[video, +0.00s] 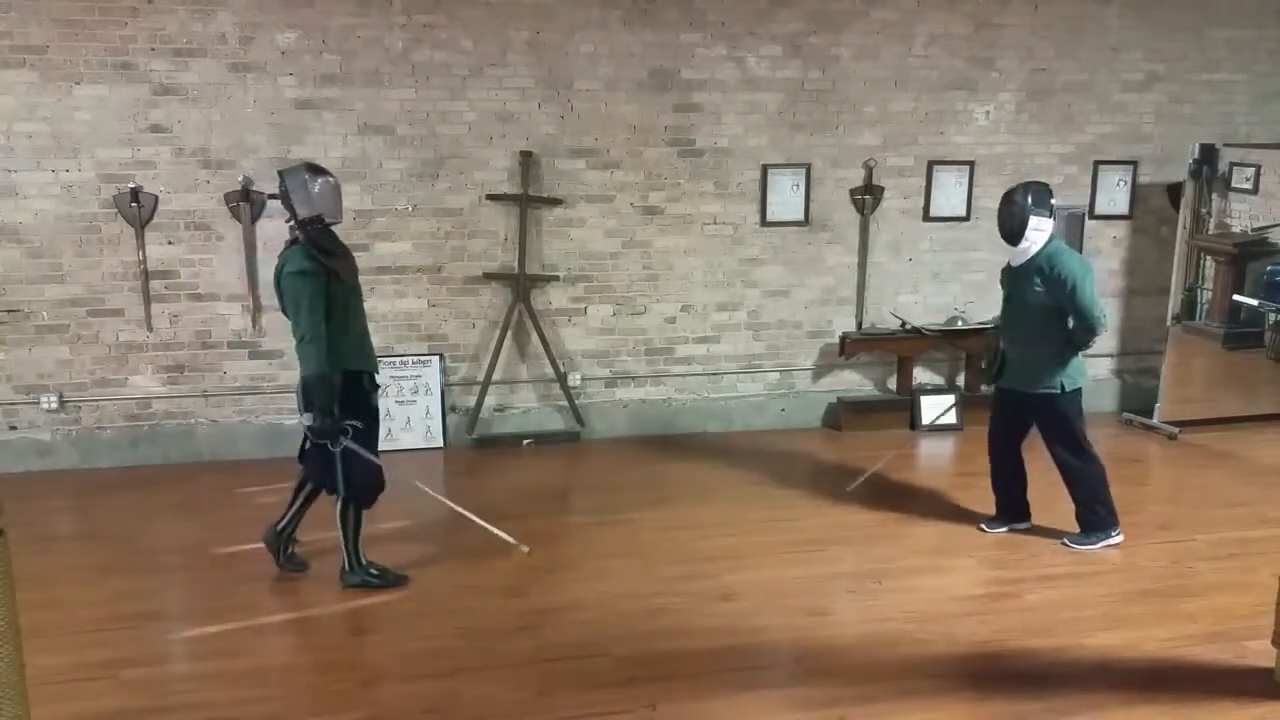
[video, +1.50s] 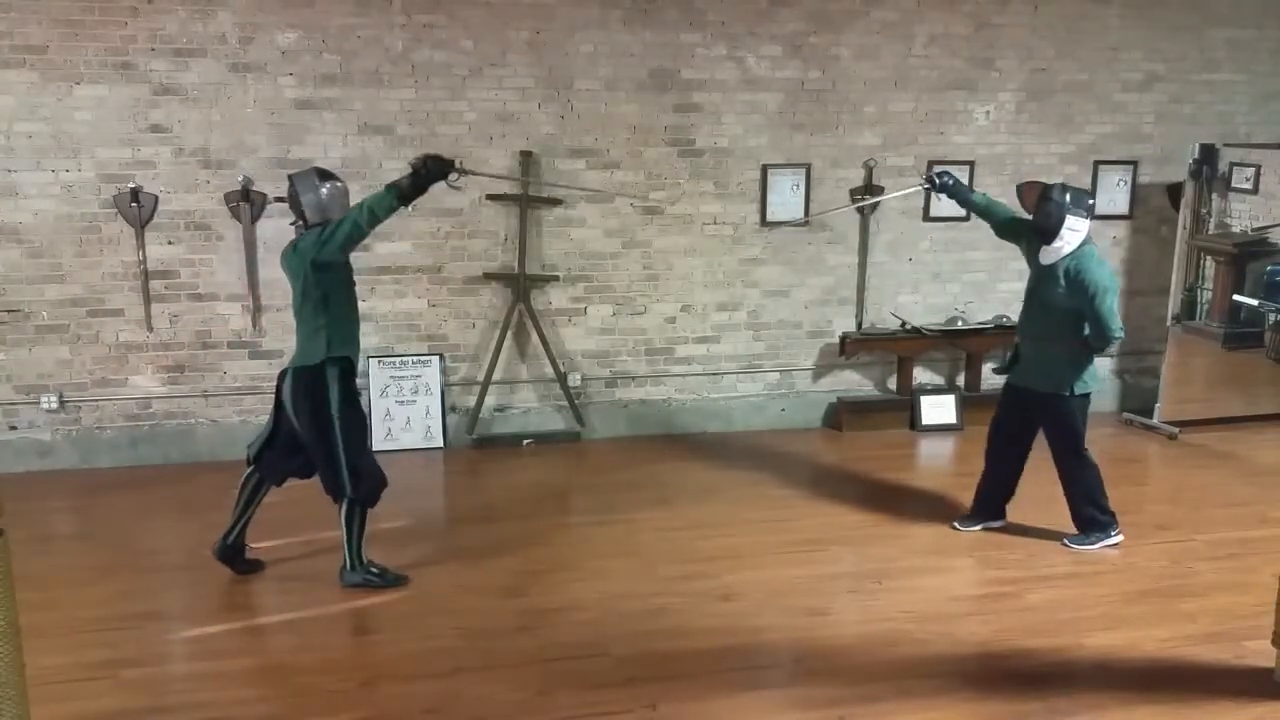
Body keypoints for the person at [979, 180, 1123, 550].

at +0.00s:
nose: (1003, 221)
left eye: (1011, 213)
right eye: (1003, 213)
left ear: (1035, 218)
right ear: (1035, 219)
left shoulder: (1064, 263)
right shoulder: (1015, 265)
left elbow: (1092, 322)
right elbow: (1015, 316)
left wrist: (1069, 342)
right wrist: (1009, 342)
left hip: (1055, 377)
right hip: (1016, 374)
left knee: (1073, 453)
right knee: (1002, 444)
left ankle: (1102, 526)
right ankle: (1013, 514)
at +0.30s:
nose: (1015, 221)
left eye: (1022, 214)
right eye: (1014, 212)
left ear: (1044, 219)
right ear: (1039, 219)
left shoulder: (1072, 265)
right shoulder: (1020, 268)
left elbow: (1097, 324)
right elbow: (1018, 317)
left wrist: (1072, 345)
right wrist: (1006, 337)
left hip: (1059, 379)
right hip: (1020, 376)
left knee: (1071, 454)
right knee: (1004, 444)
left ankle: (1102, 527)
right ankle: (1013, 514)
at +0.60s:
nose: (1023, 220)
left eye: (1031, 213)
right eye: (1023, 212)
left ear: (1053, 218)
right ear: (1035, 216)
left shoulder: (1081, 264)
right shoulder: (1033, 262)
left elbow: (1105, 326)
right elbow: (993, 290)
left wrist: (1081, 345)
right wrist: (945, 312)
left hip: (1063, 377)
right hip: (1025, 373)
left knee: (1071, 453)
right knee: (1009, 444)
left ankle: (1102, 527)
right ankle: (1013, 515)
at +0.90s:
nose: (1032, 219)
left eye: (1041, 213)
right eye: (1033, 212)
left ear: (1064, 219)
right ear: (1044, 217)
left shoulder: (1088, 269)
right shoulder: (1038, 249)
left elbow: (1107, 332)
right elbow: (993, 236)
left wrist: (1082, 344)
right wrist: (937, 221)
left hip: (1067, 380)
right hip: (1030, 373)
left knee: (1073, 455)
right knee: (1016, 445)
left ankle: (1102, 527)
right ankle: (1014, 513)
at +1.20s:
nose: (1043, 224)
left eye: (1051, 218)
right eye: (1044, 217)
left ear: (1071, 224)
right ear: (1059, 220)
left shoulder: (1097, 268)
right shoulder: (1045, 241)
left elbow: (1116, 333)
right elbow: (1004, 219)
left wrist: (1094, 346)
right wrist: (957, 192)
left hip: (1072, 376)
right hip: (1034, 369)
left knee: (1074, 454)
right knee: (1015, 442)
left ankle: (1101, 527)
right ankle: (1012, 514)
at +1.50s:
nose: (1037, 218)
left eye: (1045, 213)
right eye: (1039, 212)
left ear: (1065, 222)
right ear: (1054, 219)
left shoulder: (1088, 266)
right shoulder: (1037, 241)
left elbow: (1109, 332)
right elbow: (997, 215)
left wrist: (1084, 347)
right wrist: (953, 187)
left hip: (1064, 378)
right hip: (1026, 370)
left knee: (1071, 456)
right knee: (1005, 444)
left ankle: (1101, 527)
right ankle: (989, 511)